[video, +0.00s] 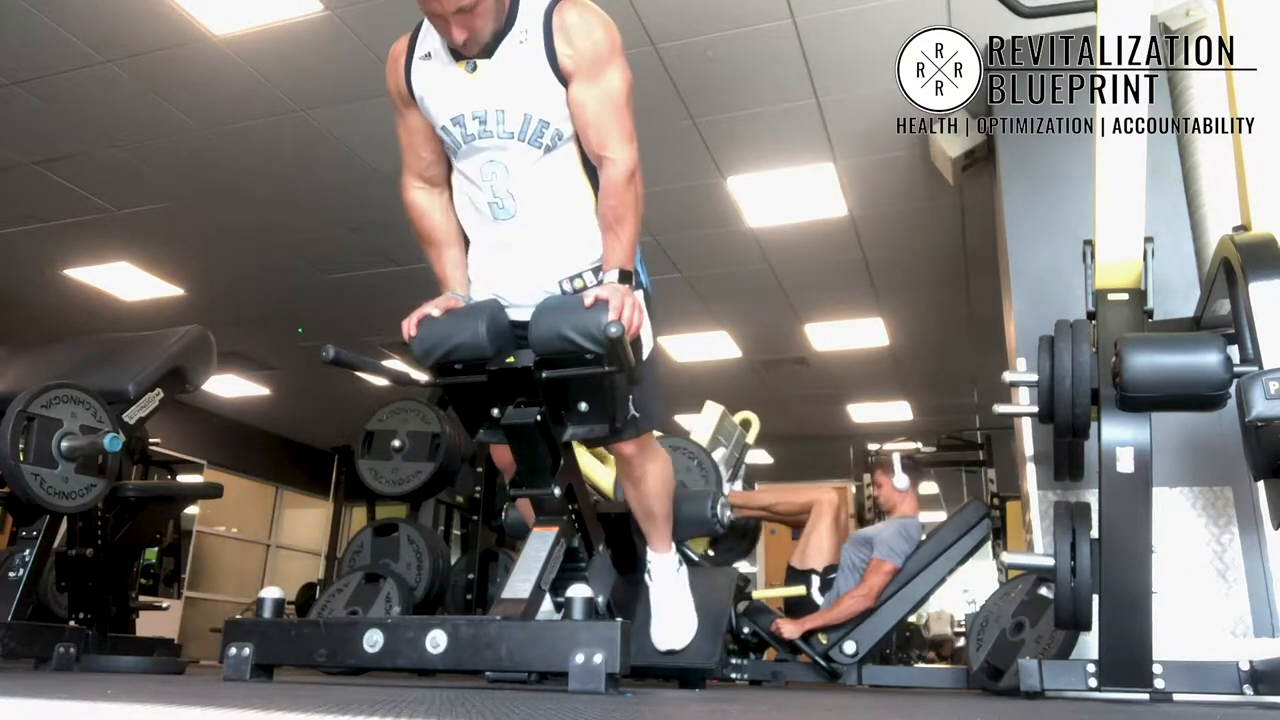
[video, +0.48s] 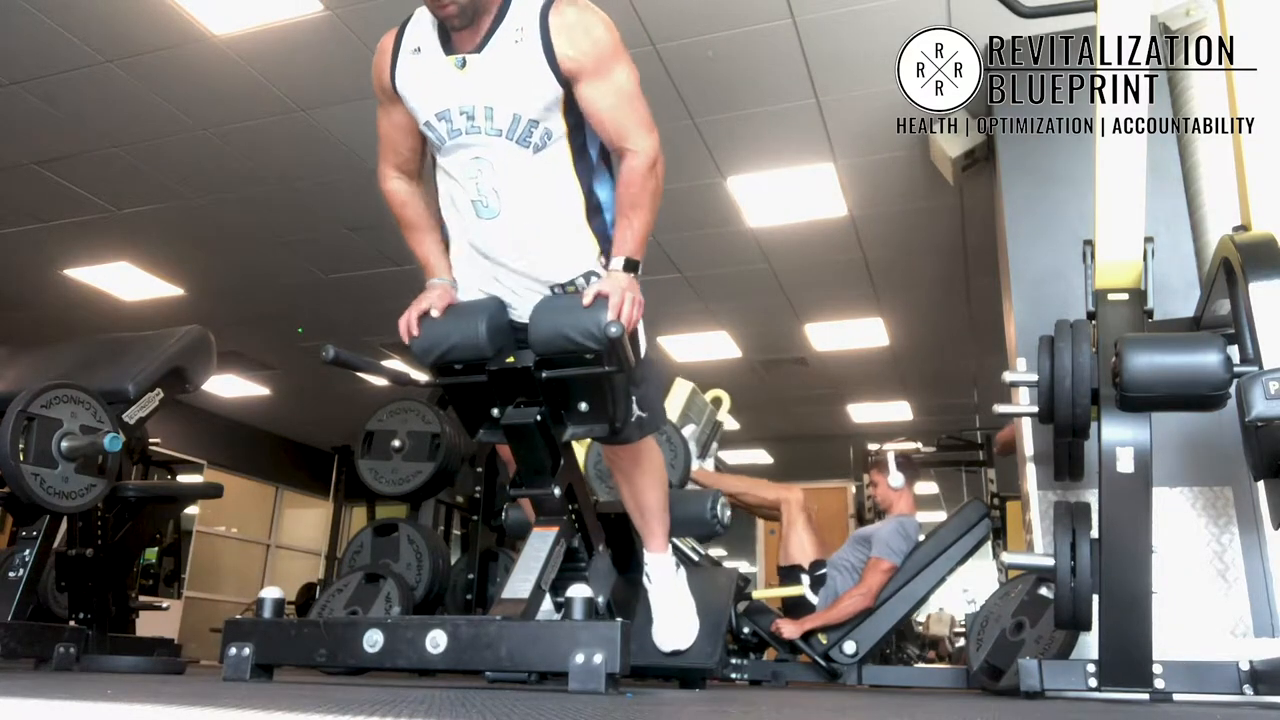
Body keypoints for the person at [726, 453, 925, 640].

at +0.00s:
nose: (875, 495)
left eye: (879, 486)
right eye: (875, 487)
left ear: (901, 484)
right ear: (900, 485)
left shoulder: (898, 531)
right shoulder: (900, 526)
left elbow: (866, 597)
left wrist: (801, 625)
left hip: (815, 605)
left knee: (828, 497)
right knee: (832, 500)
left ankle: (727, 497)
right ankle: (738, 507)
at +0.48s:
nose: (871, 493)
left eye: (874, 485)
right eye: (871, 486)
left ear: (896, 482)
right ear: (897, 483)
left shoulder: (895, 529)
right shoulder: (899, 527)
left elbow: (865, 597)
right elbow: (865, 593)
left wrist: (802, 625)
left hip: (812, 604)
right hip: (817, 598)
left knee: (792, 498)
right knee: (793, 502)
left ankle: (693, 472)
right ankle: (712, 485)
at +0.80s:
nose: (870, 493)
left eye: (872, 485)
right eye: (869, 486)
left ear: (894, 482)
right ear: (895, 482)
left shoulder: (894, 528)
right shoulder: (900, 526)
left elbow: (866, 595)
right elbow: (866, 592)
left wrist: (803, 625)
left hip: (811, 604)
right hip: (817, 598)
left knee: (770, 502)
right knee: (771, 507)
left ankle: (681, 464)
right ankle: (697, 474)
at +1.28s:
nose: (870, 492)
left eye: (872, 483)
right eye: (869, 484)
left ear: (892, 481)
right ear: (896, 482)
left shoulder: (894, 526)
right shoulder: (899, 524)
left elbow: (863, 591)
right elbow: (864, 590)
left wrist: (803, 625)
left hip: (812, 602)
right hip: (816, 596)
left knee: (752, 511)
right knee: (754, 513)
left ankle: (672, 461)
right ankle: (681, 466)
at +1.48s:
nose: (870, 491)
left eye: (872, 482)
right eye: (869, 483)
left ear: (894, 480)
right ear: (896, 481)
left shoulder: (893, 526)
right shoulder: (897, 524)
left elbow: (863, 591)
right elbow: (864, 590)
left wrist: (803, 624)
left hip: (812, 602)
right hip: (815, 595)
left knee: (752, 510)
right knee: (754, 511)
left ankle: (672, 461)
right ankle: (680, 466)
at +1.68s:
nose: (869, 486)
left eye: (873, 478)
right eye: (870, 479)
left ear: (893, 478)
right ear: (897, 479)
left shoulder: (891, 525)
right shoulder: (898, 524)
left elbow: (864, 589)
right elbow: (864, 588)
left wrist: (803, 624)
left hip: (811, 603)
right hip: (815, 596)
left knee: (752, 509)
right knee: (753, 511)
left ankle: (670, 460)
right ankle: (679, 466)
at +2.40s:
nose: (918, 479)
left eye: (926, 479)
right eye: (925, 476)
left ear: (930, 496)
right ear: (931, 503)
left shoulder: (898, 526)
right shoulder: (903, 526)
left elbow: (864, 593)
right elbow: (864, 591)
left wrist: (801, 624)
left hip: (812, 604)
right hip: (817, 600)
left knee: (794, 499)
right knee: (793, 500)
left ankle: (699, 474)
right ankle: (711, 476)